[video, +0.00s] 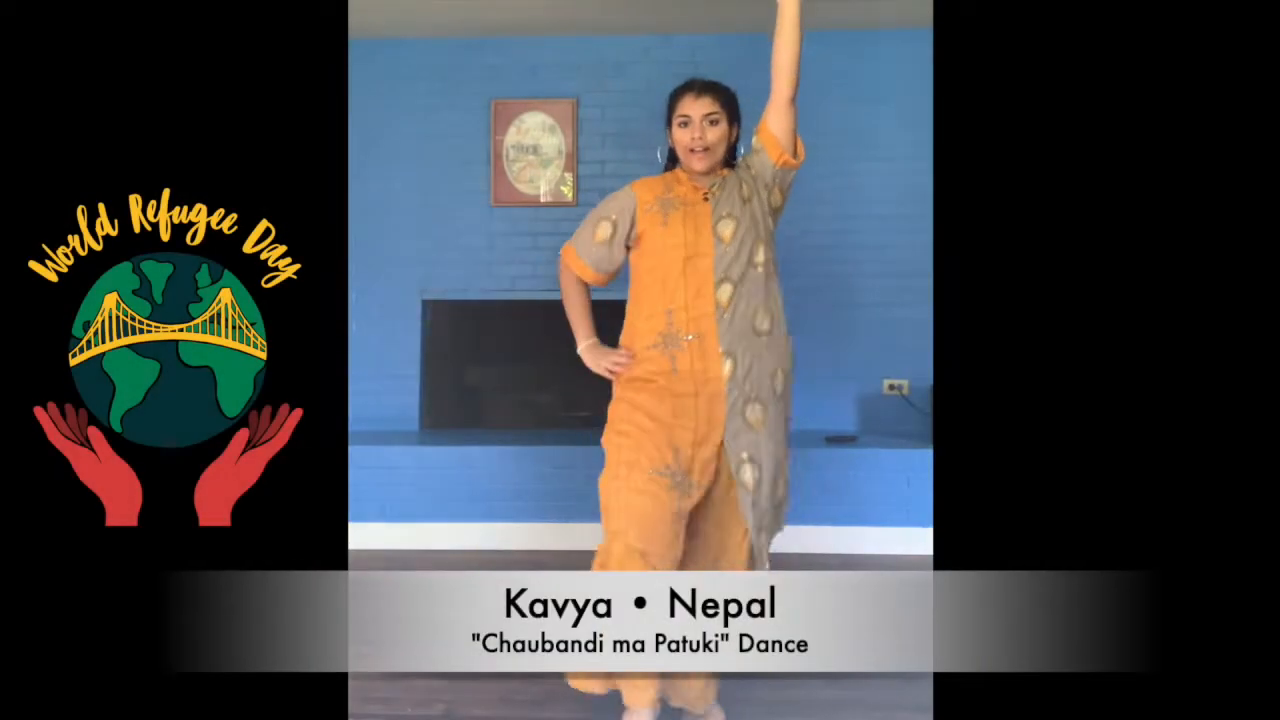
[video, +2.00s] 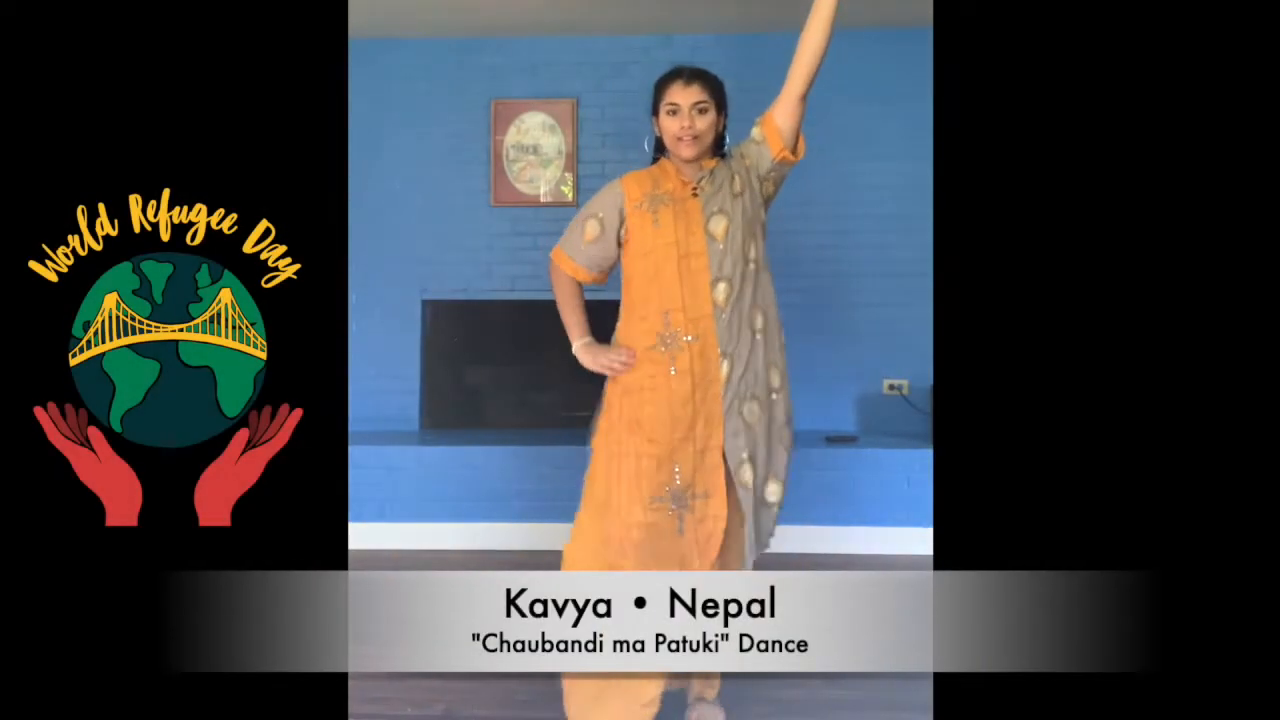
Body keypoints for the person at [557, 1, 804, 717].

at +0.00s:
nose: (697, 133)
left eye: (710, 120)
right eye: (684, 122)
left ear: (732, 132)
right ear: (669, 134)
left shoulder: (754, 190)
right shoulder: (640, 200)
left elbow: (784, 90)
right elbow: (574, 263)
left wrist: (789, 2)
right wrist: (588, 343)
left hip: (738, 401)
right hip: (651, 400)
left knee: (720, 558)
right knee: (642, 552)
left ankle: (695, 698)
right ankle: (640, 703)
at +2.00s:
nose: (686, 121)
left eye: (700, 109)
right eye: (673, 110)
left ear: (720, 120)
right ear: (656, 121)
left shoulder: (745, 180)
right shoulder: (631, 193)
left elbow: (796, 88)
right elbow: (565, 262)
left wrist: (827, 2)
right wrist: (583, 344)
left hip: (728, 387)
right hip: (646, 388)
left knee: (717, 541)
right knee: (628, 540)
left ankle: (705, 691)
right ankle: (619, 700)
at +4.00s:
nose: (689, 117)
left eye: (702, 105)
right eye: (675, 107)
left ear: (723, 117)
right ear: (660, 121)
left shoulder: (751, 179)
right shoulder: (634, 194)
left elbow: (803, 91)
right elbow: (566, 258)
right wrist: (579, 332)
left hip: (731, 391)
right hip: (643, 390)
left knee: (729, 551)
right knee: (634, 552)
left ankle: (704, 701)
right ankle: (630, 705)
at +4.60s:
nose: (679, 101)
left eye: (693, 90)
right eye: (666, 91)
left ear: (714, 106)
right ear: (649, 107)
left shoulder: (744, 167)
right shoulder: (618, 181)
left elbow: (847, 176)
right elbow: (555, 226)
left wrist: (784, 191)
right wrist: (538, 241)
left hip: (720, 383)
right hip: (634, 386)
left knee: (719, 536)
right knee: (630, 536)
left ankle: (704, 697)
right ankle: (627, 699)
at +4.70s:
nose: (682, 103)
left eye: (696, 92)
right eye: (669, 93)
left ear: (718, 106)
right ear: (652, 108)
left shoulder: (747, 180)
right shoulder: (617, 184)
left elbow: (823, 257)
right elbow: (554, 255)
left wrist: (769, 241)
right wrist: (575, 274)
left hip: (719, 381)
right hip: (633, 382)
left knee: (717, 526)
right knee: (633, 528)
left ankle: (703, 690)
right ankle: (628, 692)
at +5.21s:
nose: (693, 103)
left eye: (708, 93)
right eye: (681, 93)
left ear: (731, 107)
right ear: (664, 109)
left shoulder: (757, 169)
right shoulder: (635, 181)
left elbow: (759, 272)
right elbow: (619, 264)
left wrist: (745, 345)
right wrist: (607, 315)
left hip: (717, 383)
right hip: (636, 380)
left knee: (716, 540)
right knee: (642, 541)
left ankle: (714, 674)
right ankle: (650, 696)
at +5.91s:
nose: (695, 90)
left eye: (710, 83)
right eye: (683, 82)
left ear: (729, 105)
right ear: (664, 104)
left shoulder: (755, 165)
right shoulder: (633, 186)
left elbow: (812, 252)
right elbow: (603, 290)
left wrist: (780, 339)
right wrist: (589, 379)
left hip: (724, 377)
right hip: (636, 375)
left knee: (722, 527)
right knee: (629, 529)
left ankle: (712, 692)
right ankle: (623, 693)